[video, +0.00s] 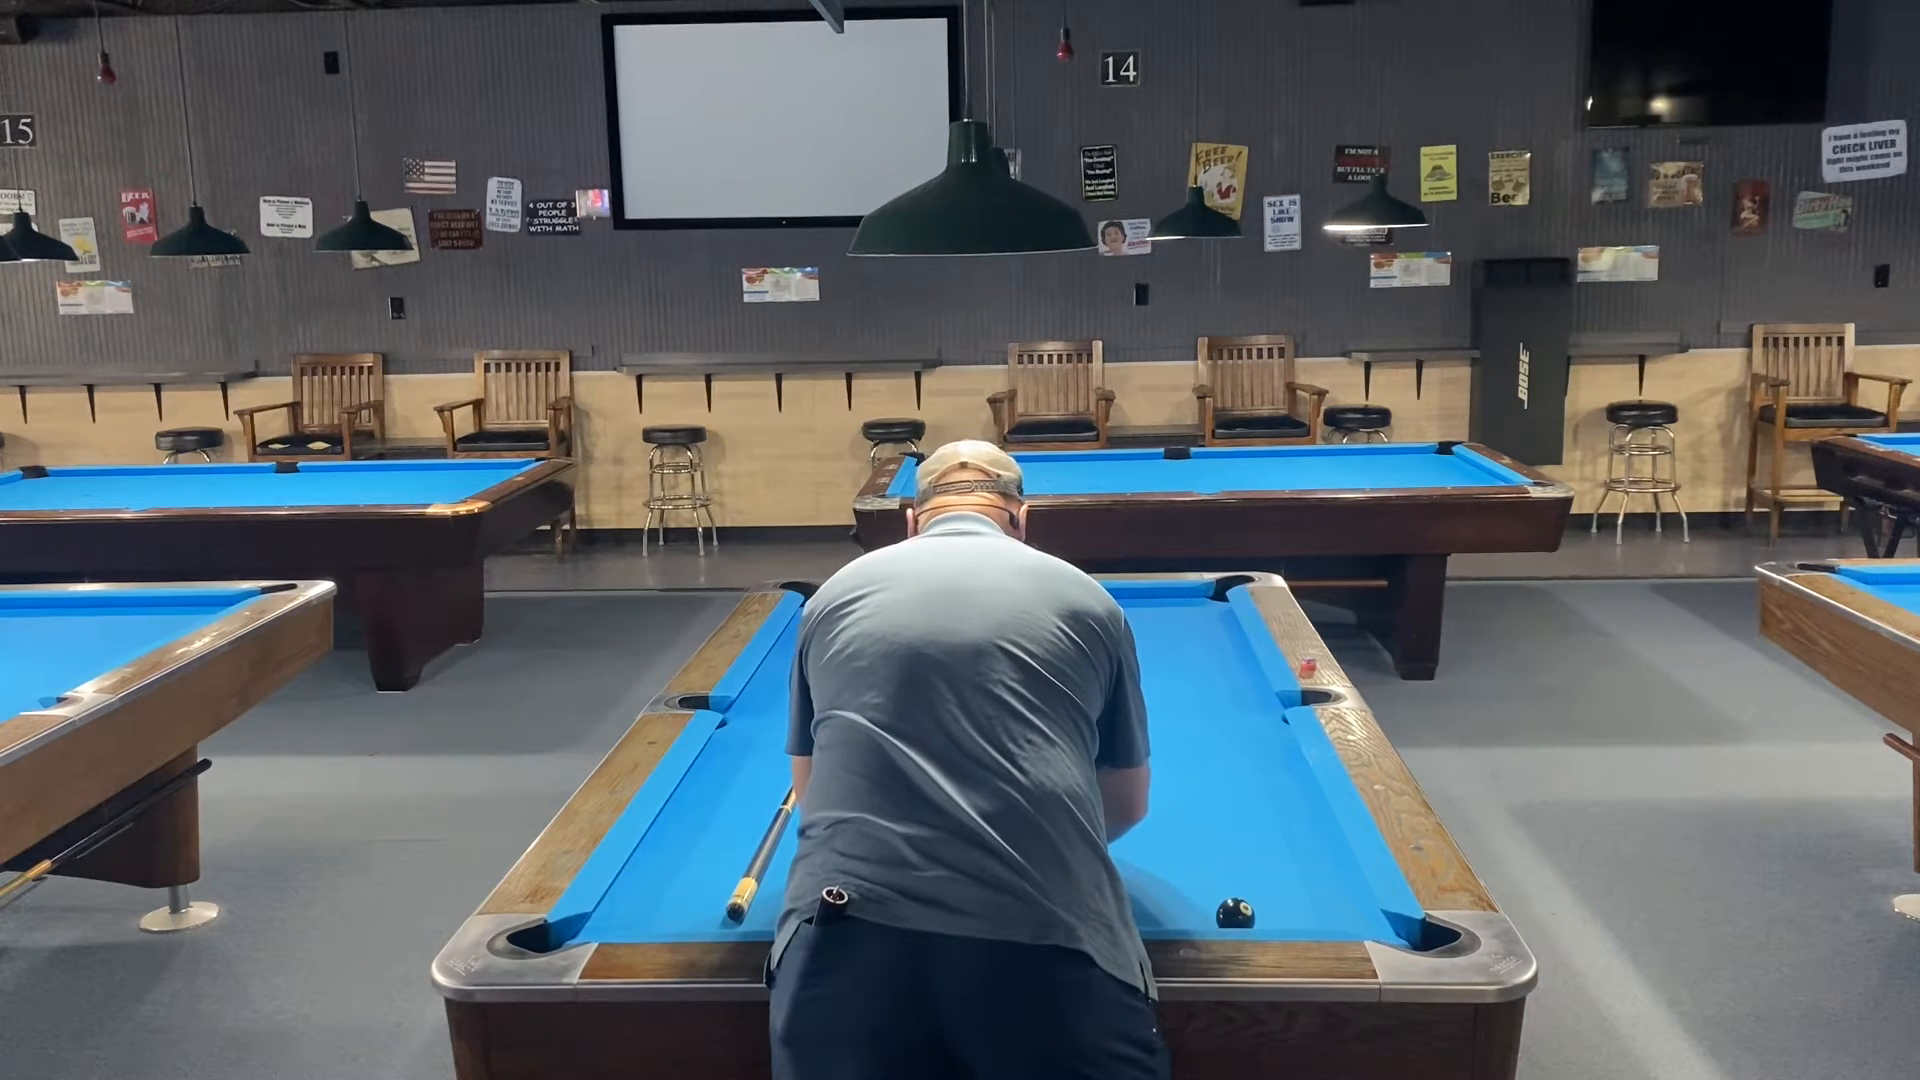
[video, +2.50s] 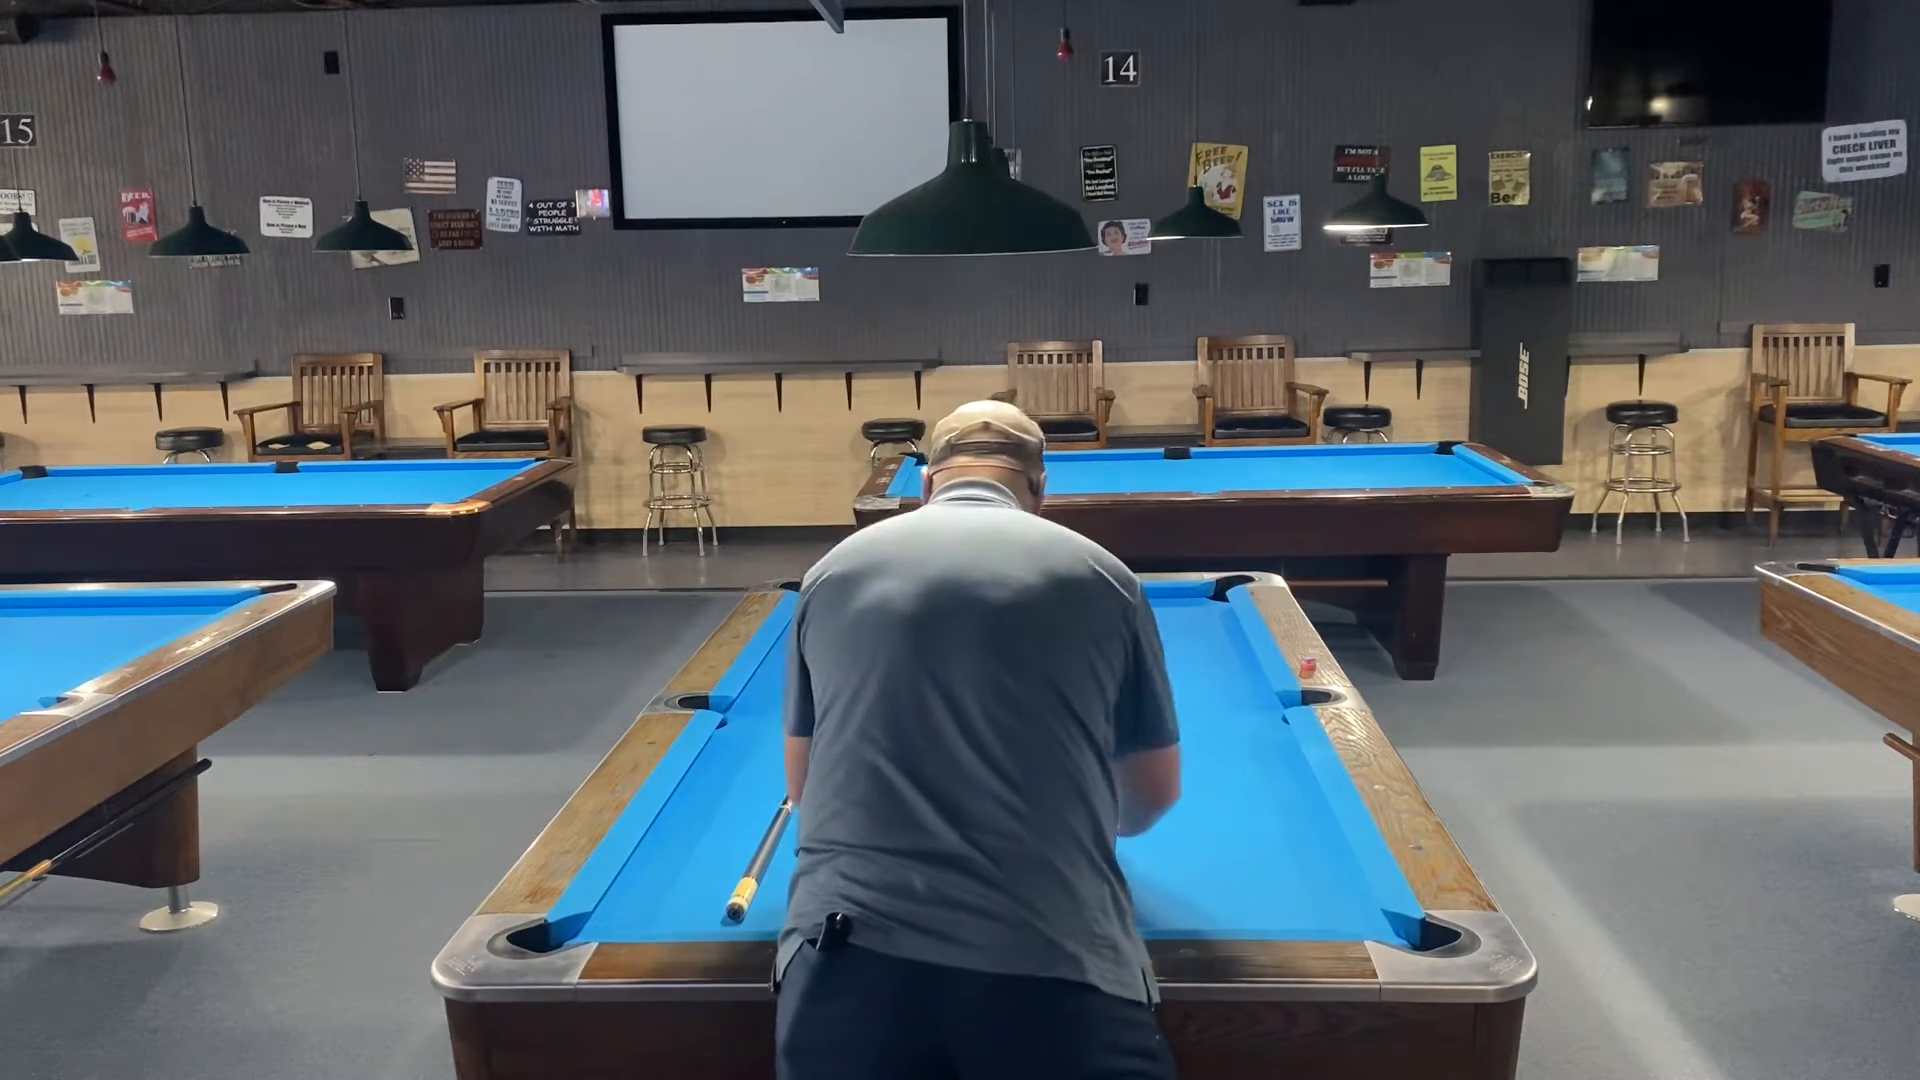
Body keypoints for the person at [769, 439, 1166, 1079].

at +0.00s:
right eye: (1020, 512)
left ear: (913, 519)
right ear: (1018, 517)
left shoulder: (835, 592)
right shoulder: (1089, 598)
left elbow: (809, 789)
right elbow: (1124, 801)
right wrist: (1030, 849)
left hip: (846, 956)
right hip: (1050, 963)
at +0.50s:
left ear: (912, 520)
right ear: (1018, 519)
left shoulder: (835, 591)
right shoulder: (1089, 597)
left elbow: (810, 787)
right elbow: (1125, 800)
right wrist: (1030, 848)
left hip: (847, 955)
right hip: (1051, 962)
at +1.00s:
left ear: (916, 502)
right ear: (1025, 506)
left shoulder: (828, 569)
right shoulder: (1097, 583)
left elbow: (786, 779)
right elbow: (1137, 784)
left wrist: (887, 795)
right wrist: (1059, 782)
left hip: (846, 965)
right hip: (1051, 972)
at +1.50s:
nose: (1044, 485)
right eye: (1041, 470)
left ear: (914, 461)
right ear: (1027, 462)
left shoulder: (809, 552)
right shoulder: (1101, 561)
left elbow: (761, 778)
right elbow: (1176, 789)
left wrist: (846, 831)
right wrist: (1154, 831)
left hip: (844, 987)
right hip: (1053, 1005)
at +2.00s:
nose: (1052, 477)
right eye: (1054, 464)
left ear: (938, 453)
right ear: (1052, 458)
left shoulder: (833, 549)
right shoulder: (1117, 562)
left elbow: (792, 772)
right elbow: (1214, 782)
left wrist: (880, 831)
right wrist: (1235, 881)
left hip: (848, 986)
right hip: (1056, 1005)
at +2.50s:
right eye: (1041, 484)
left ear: (927, 483)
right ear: (1037, 486)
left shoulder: (834, 570)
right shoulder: (1104, 576)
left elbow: (804, 780)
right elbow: (1153, 787)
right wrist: (1065, 827)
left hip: (850, 977)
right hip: (1057, 984)